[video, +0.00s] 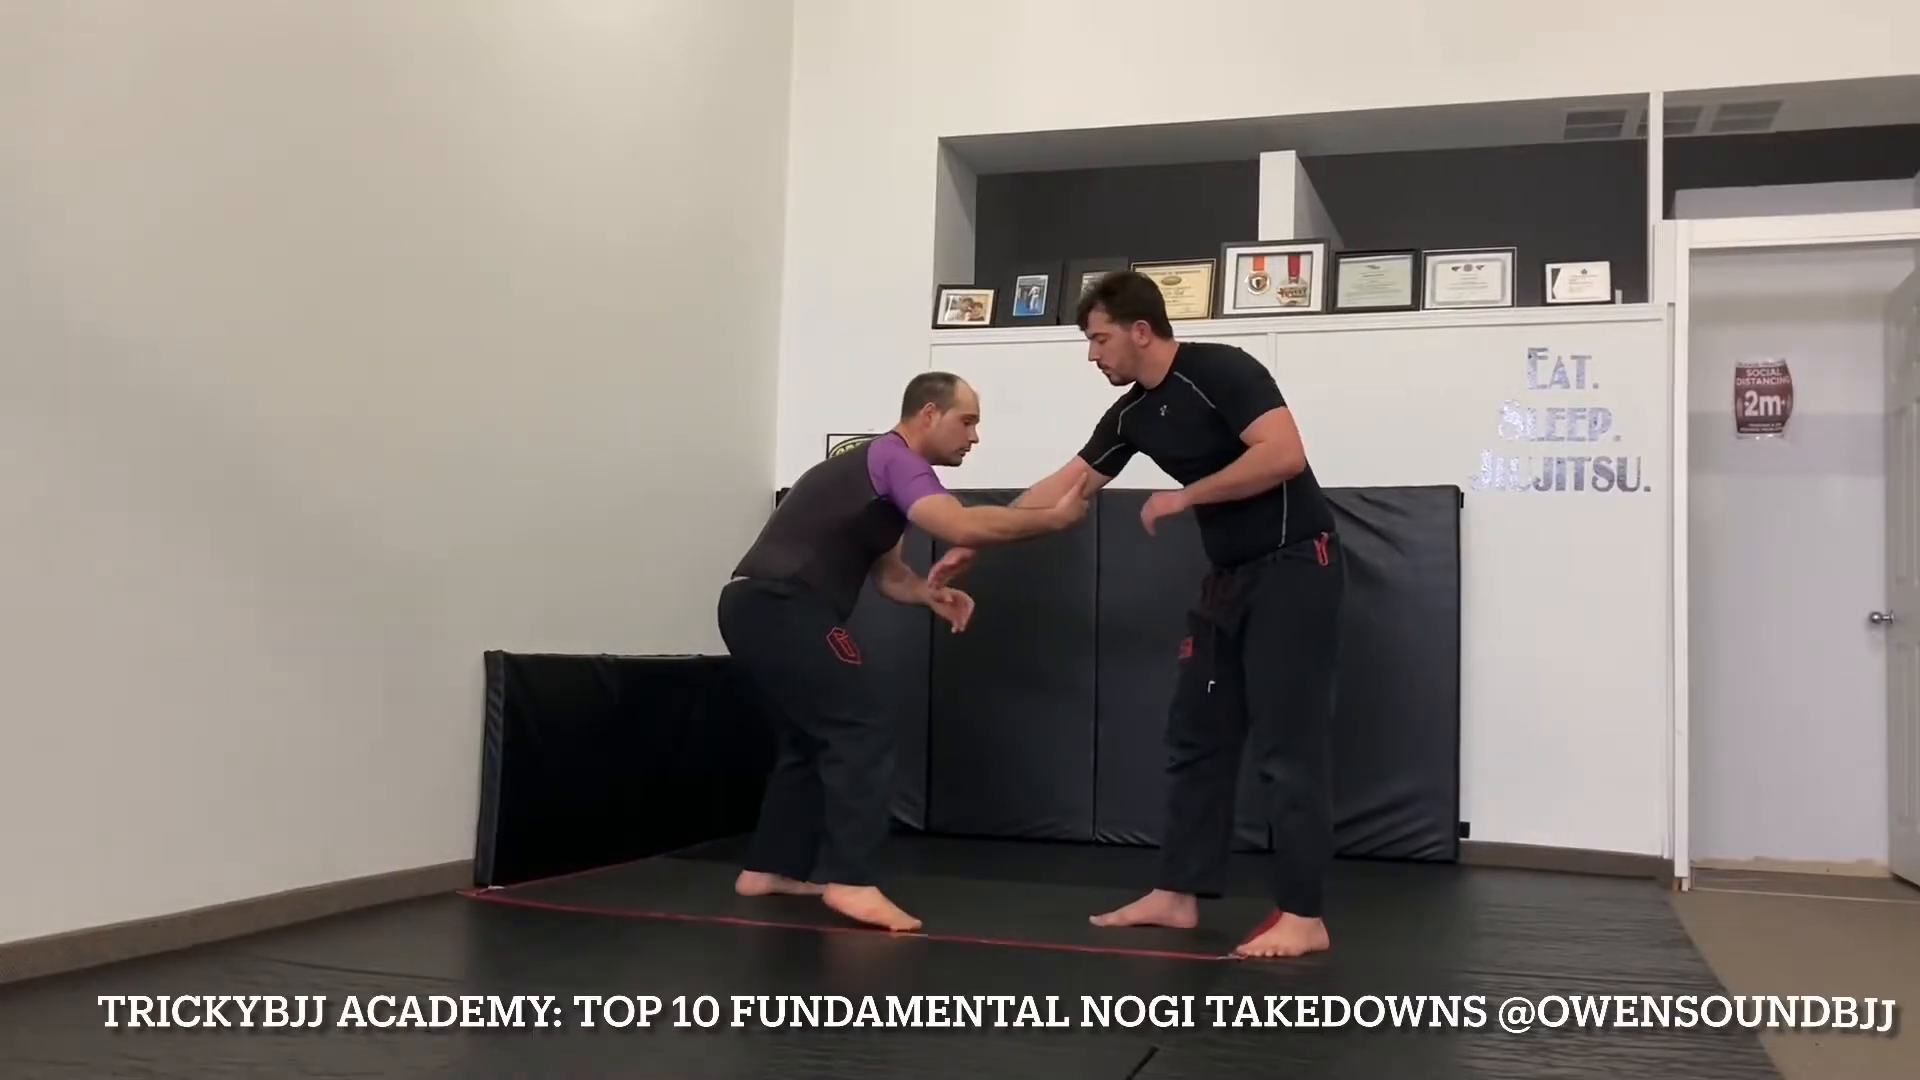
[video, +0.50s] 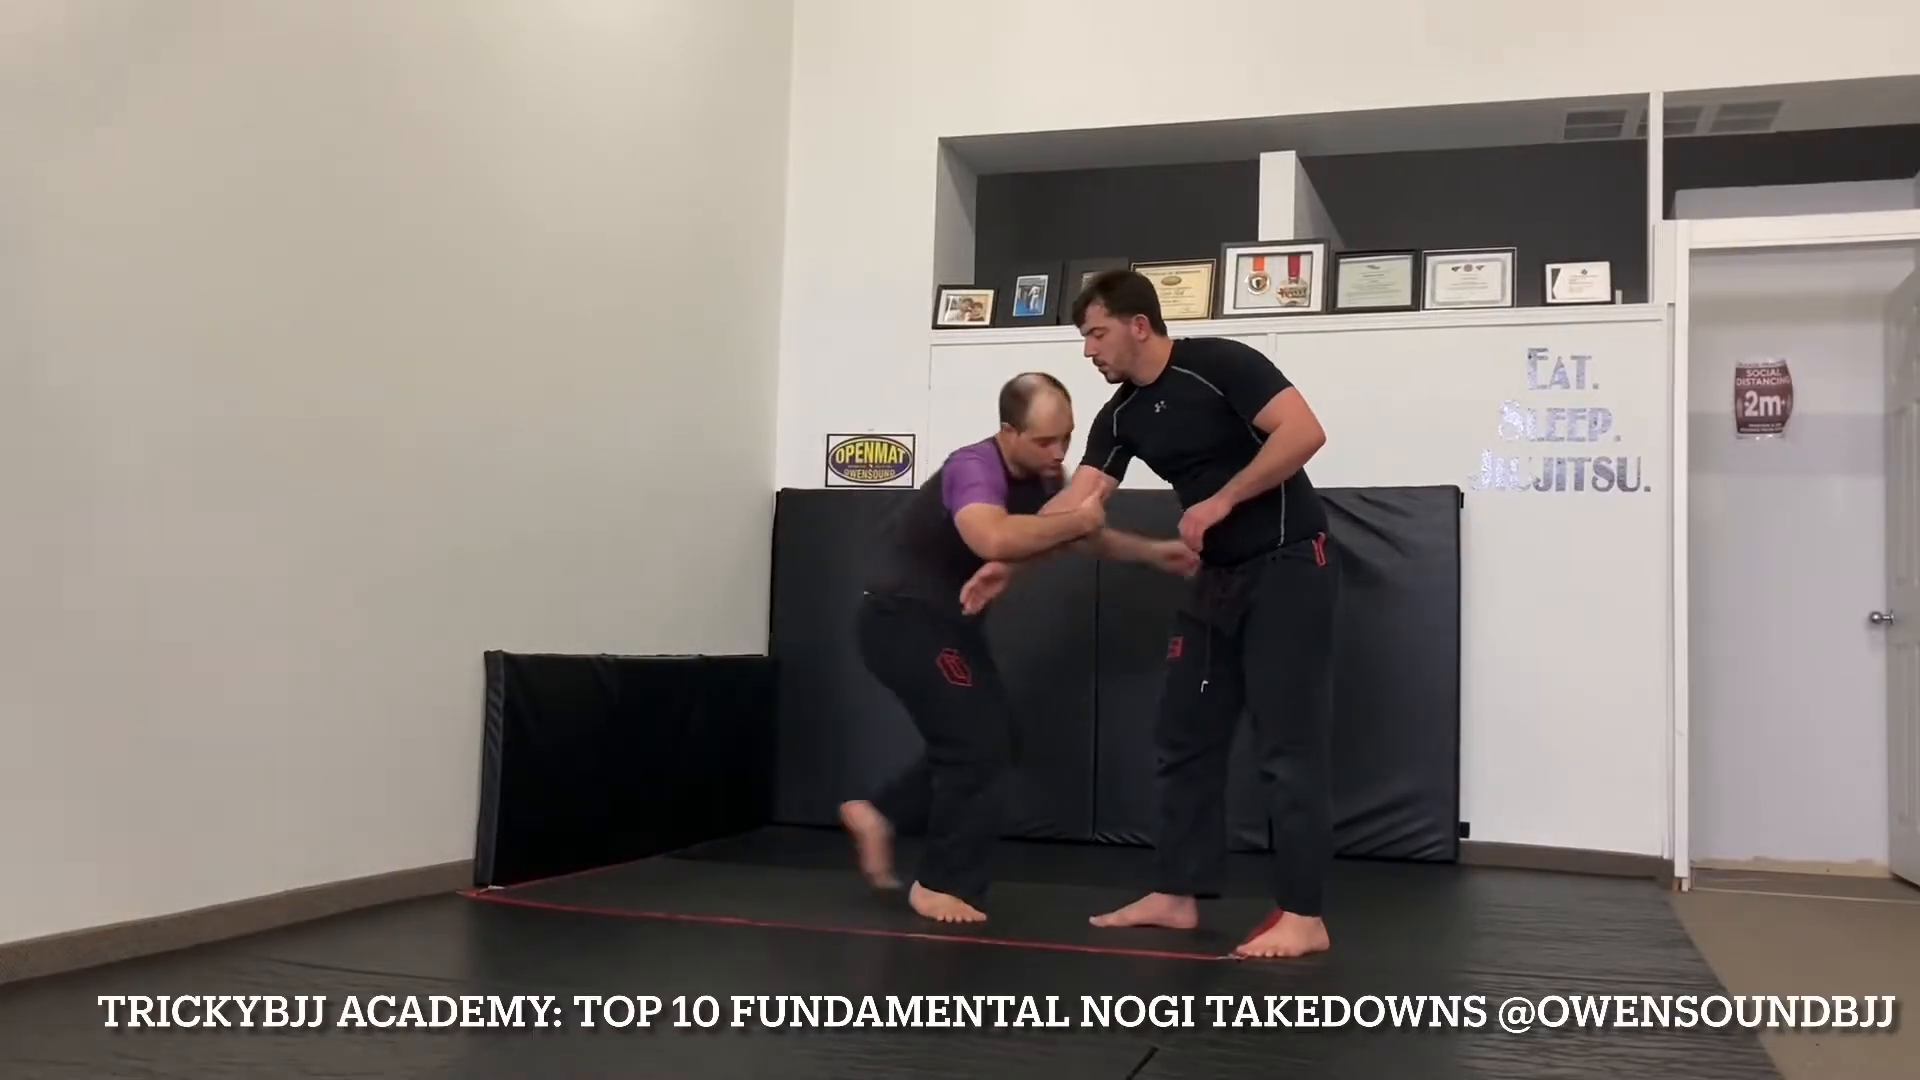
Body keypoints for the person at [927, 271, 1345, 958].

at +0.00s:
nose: (1092, 354)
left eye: (1099, 339)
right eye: (1089, 341)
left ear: (1141, 331)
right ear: (1133, 337)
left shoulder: (1223, 370)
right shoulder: (1130, 415)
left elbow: (1286, 453)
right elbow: (1062, 489)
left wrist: (1188, 495)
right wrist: (975, 543)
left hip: (1297, 566)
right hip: (1232, 574)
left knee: (1287, 743)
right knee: (1199, 734)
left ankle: (1304, 916)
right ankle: (1177, 895)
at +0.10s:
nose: (1092, 352)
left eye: (1101, 337)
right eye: (1090, 339)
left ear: (1143, 332)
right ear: (1129, 337)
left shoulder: (1224, 369)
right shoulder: (1126, 414)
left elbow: (1290, 449)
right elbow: (1055, 486)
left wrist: (1194, 499)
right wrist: (966, 536)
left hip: (1297, 564)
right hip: (1230, 574)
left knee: (1289, 742)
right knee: (1198, 732)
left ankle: (1304, 915)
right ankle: (1177, 894)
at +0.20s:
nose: (1090, 352)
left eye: (1098, 337)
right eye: (1088, 339)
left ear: (1141, 331)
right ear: (1127, 337)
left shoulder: (1222, 368)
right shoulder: (1122, 414)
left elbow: (1293, 444)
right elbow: (1051, 487)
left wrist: (1204, 501)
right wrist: (960, 536)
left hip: (1296, 563)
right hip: (1228, 573)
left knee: (1289, 743)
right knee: (1196, 733)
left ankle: (1304, 915)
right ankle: (1177, 894)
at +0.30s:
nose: (1089, 351)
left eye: (1096, 336)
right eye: (1085, 339)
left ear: (1139, 329)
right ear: (1125, 336)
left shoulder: (1218, 366)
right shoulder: (1117, 415)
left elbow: (1295, 439)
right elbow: (1049, 495)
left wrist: (1211, 501)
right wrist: (970, 543)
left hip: (1294, 562)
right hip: (1226, 571)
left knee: (1290, 742)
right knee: (1193, 733)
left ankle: (1304, 915)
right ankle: (1177, 894)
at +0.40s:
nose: (1087, 351)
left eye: (1095, 335)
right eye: (1083, 339)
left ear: (1138, 327)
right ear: (1124, 334)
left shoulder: (1219, 365)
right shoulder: (1118, 416)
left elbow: (1298, 435)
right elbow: (1060, 503)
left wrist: (1217, 500)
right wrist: (986, 554)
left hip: (1293, 561)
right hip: (1224, 569)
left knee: (1289, 741)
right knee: (1189, 732)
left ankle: (1304, 915)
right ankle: (1176, 895)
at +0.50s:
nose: (1088, 350)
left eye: (1095, 333)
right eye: (1084, 336)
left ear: (1140, 325)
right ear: (1120, 333)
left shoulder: (1220, 361)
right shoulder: (1120, 415)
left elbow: (1304, 433)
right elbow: (1077, 507)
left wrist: (1221, 500)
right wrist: (1008, 565)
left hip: (1289, 564)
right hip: (1219, 573)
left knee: (1288, 741)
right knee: (1188, 731)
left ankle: (1302, 914)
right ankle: (1177, 895)